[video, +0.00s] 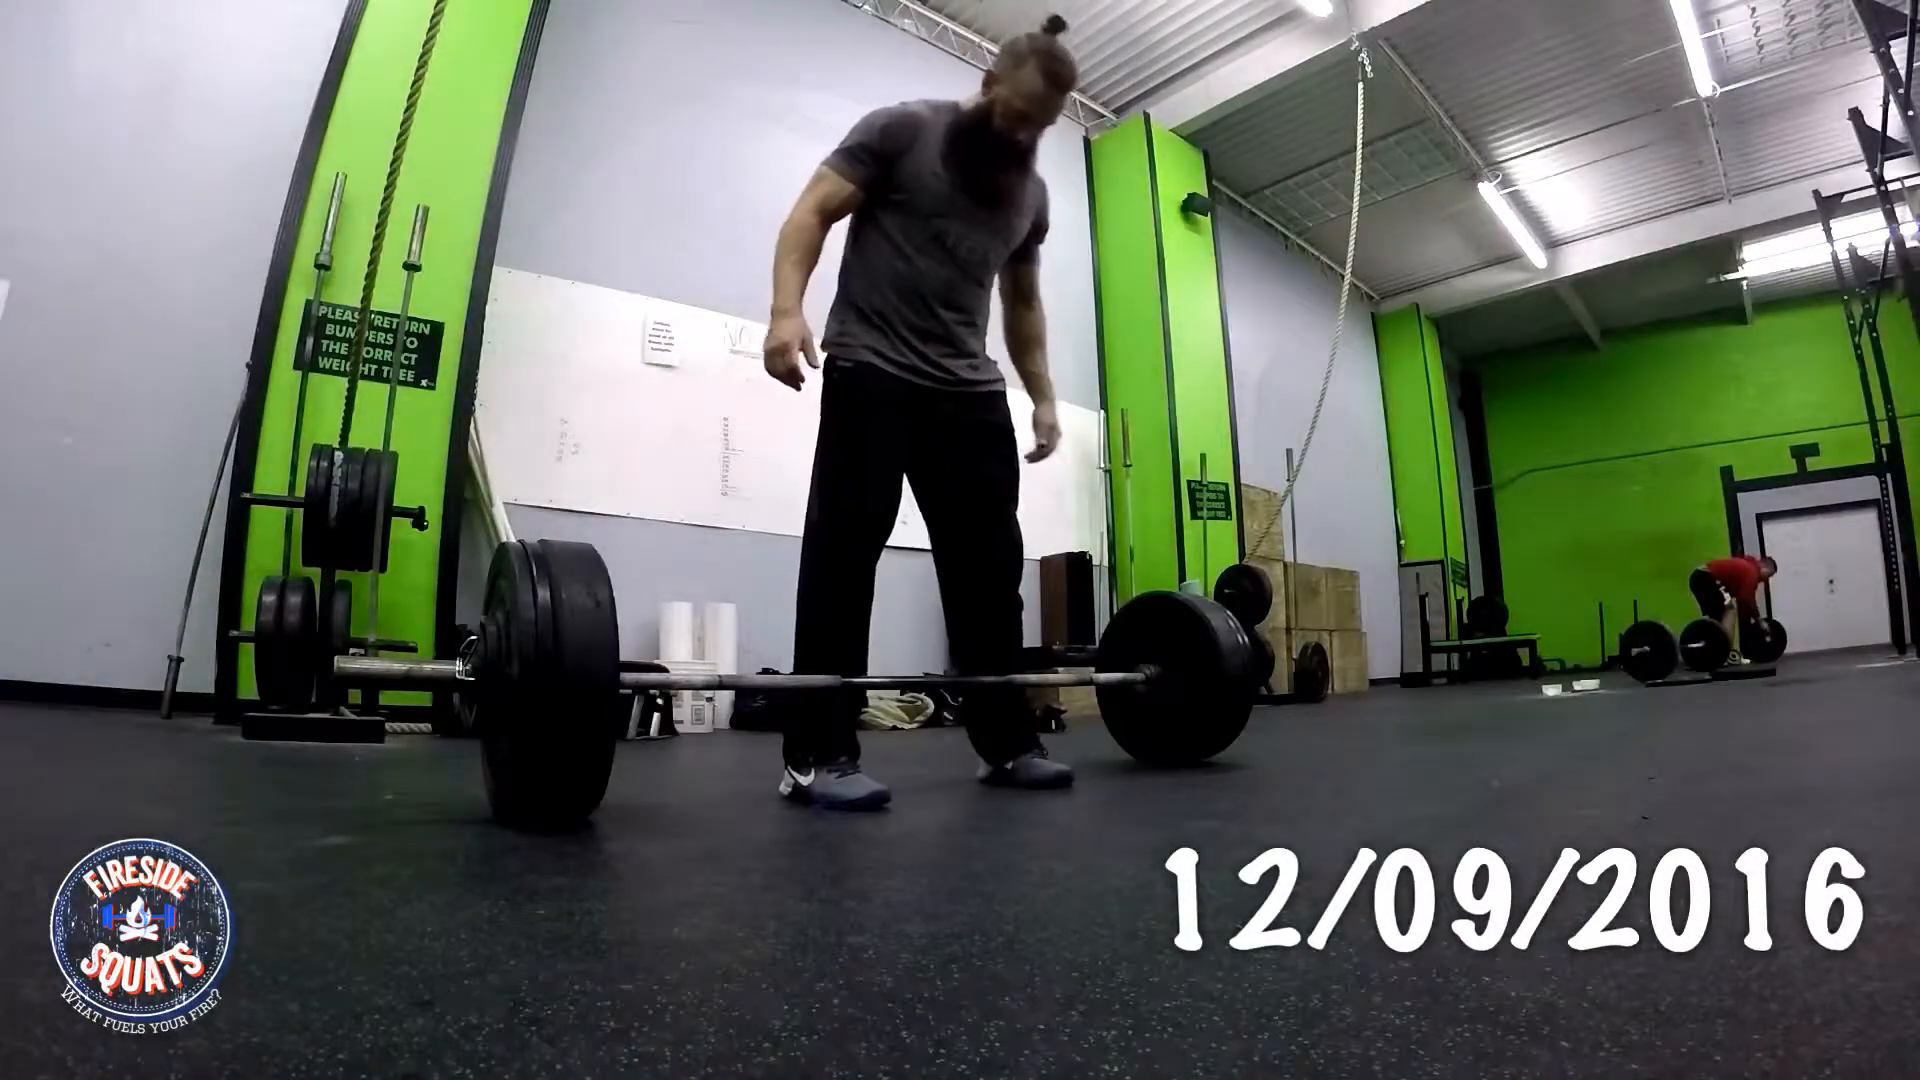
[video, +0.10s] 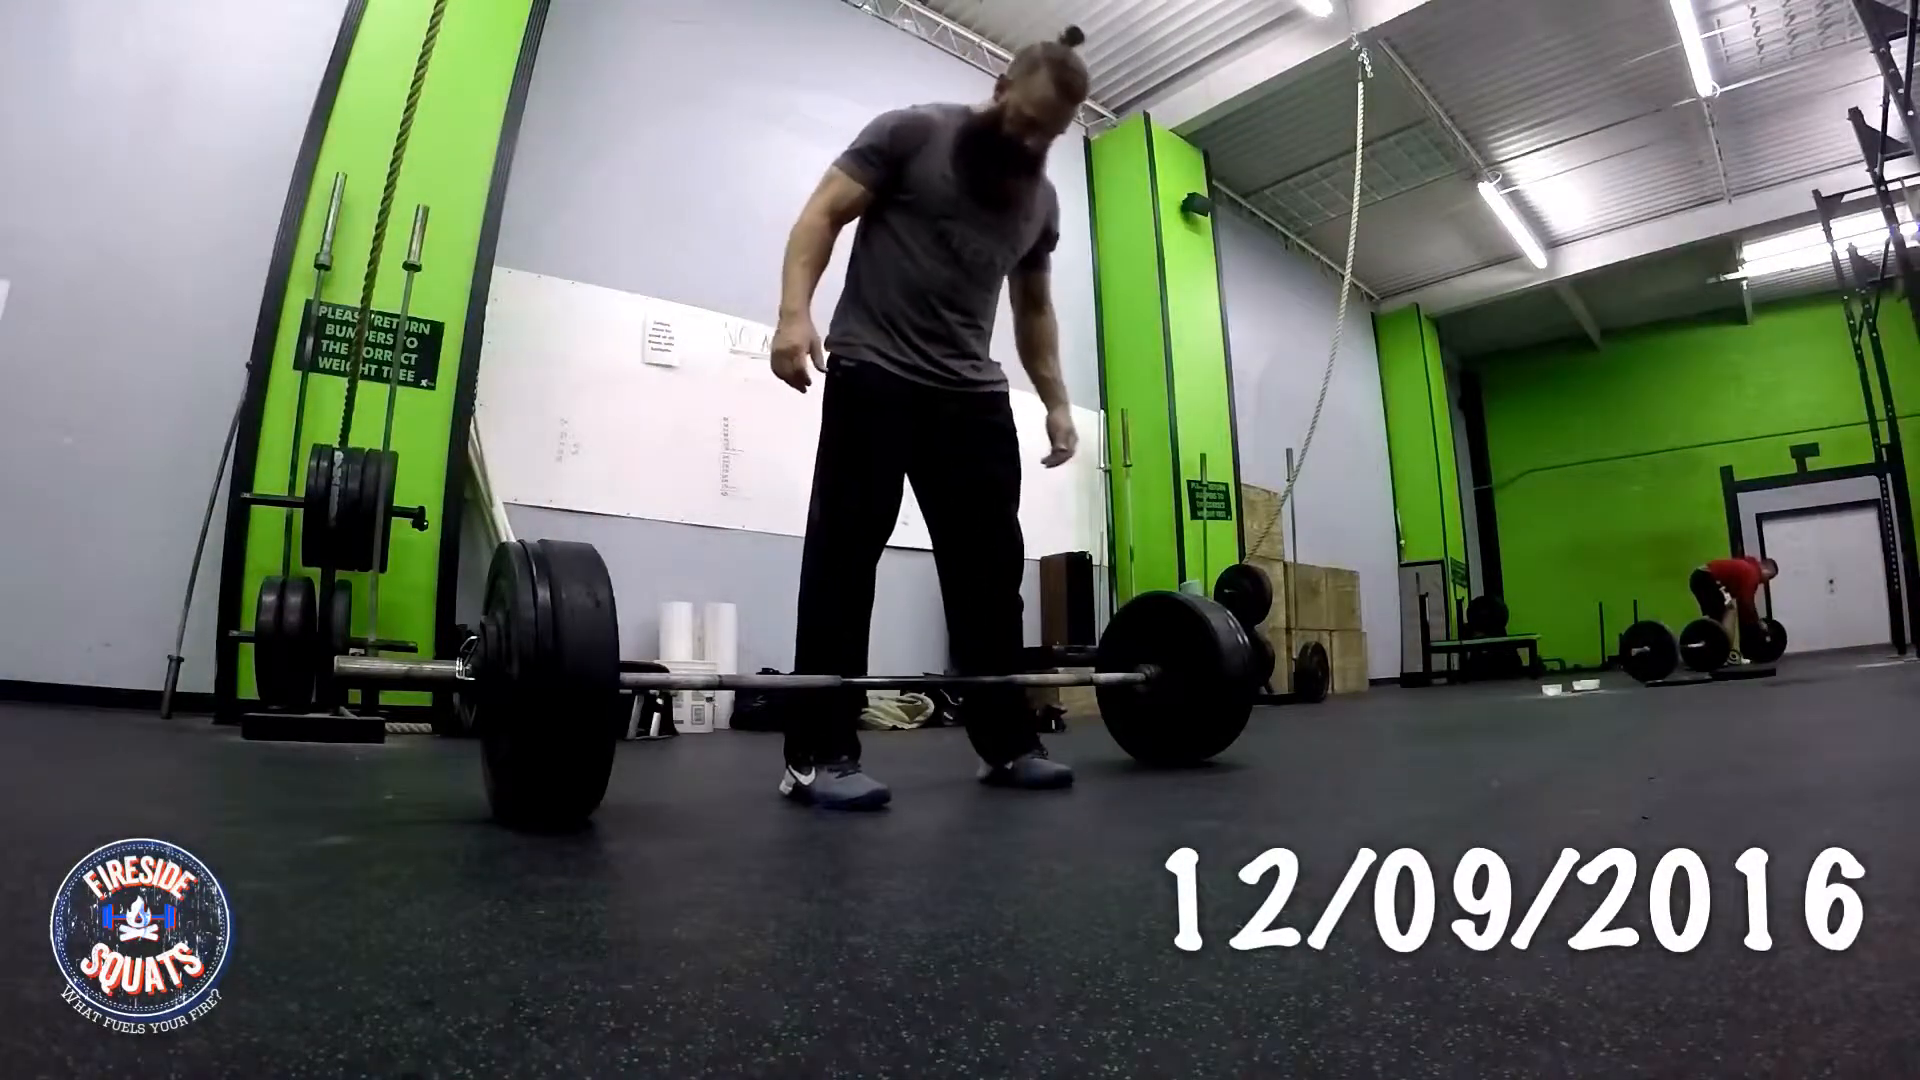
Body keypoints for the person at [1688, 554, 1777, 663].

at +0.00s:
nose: (1766, 578)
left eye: (1769, 576)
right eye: (1768, 575)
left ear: (1762, 564)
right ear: (1764, 569)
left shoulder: (1748, 567)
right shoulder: (1752, 572)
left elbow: (1745, 600)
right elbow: (1746, 599)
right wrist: (1758, 620)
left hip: (1699, 575)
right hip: (1705, 577)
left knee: (1714, 616)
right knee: (1730, 610)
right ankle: (1731, 654)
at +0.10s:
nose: (1766, 580)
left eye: (1770, 578)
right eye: (1769, 576)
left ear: (1763, 566)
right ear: (1766, 570)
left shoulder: (1748, 568)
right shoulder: (1752, 573)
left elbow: (1746, 604)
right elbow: (1747, 605)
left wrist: (1753, 623)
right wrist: (1754, 624)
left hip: (1700, 575)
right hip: (1706, 577)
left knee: (1714, 616)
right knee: (1730, 610)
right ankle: (1731, 653)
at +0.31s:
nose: (1767, 592)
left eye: (1770, 590)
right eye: (1770, 588)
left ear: (1764, 577)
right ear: (1766, 581)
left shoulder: (1749, 577)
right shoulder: (1751, 580)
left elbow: (1742, 609)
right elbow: (1743, 610)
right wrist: (1746, 631)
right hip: (1705, 578)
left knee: (1717, 616)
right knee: (1730, 612)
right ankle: (1732, 654)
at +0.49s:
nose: (1766, 602)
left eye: (1769, 600)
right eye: (1769, 598)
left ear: (1765, 586)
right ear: (1766, 590)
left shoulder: (1752, 581)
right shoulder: (1751, 587)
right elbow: (1746, 623)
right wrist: (1754, 648)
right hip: (1704, 580)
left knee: (1717, 617)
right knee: (1731, 612)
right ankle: (1729, 654)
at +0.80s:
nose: (1765, 595)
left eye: (1769, 593)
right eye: (1768, 591)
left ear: (1765, 580)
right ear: (1766, 584)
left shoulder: (1751, 577)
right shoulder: (1751, 584)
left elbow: (1744, 612)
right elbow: (1744, 617)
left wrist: (1751, 632)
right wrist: (1753, 635)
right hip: (1704, 580)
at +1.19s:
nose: (1764, 590)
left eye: (1768, 588)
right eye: (1767, 586)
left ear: (1762, 575)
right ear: (1764, 580)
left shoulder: (1749, 575)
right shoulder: (1751, 581)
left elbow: (1742, 610)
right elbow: (1744, 613)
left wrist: (1751, 630)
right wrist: (1754, 634)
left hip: (1699, 577)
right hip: (1703, 579)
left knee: (1716, 617)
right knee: (1731, 610)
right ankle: (1729, 653)